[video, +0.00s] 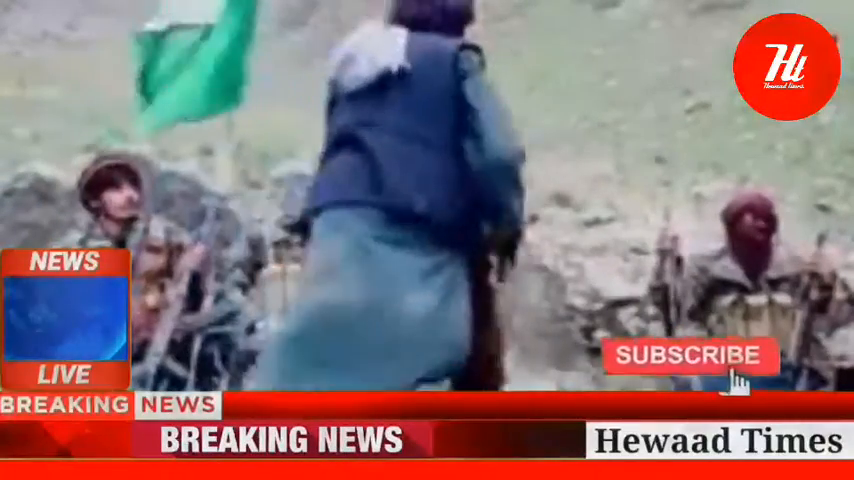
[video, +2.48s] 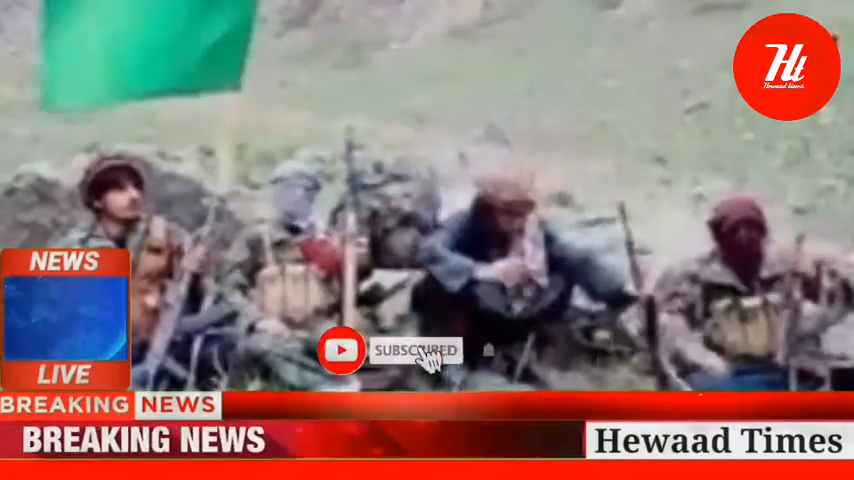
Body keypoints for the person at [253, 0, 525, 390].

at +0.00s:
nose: (465, 33)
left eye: (465, 25)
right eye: (463, 24)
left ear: (399, 17)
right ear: (454, 23)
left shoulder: (354, 58)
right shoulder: (458, 60)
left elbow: (336, 144)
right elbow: (499, 153)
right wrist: (504, 231)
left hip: (341, 219)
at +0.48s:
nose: (572, 52)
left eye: (575, 47)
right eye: (573, 45)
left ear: (524, 21)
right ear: (565, 36)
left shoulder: (472, 48)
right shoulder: (555, 64)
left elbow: (439, 117)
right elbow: (552, 148)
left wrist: (409, 173)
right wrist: (539, 218)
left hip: (437, 175)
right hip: (501, 188)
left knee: (441, 280)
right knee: (503, 291)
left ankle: (442, 390)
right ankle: (499, 398)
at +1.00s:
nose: (604, 107)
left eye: (610, 100)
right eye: (607, 97)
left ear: (582, 78)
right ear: (595, 87)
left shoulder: (567, 110)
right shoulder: (560, 103)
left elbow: (557, 172)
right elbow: (513, 157)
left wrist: (582, 213)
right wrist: (555, 211)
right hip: (484, 216)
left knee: (512, 306)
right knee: (520, 306)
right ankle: (517, 392)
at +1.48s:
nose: (589, 141)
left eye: (591, 132)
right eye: (588, 130)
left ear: (568, 123)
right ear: (567, 120)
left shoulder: (555, 162)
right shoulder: (504, 136)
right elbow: (475, 196)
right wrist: (532, 227)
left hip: (504, 237)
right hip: (459, 231)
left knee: (561, 274)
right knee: (480, 264)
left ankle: (519, 366)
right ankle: (468, 364)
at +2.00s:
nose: (514, 217)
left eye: (519, 210)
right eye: (507, 209)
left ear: (525, 208)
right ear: (487, 206)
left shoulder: (528, 232)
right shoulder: (463, 221)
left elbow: (566, 268)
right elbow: (441, 251)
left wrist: (617, 294)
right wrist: (492, 277)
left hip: (509, 307)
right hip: (463, 303)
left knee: (547, 291)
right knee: (438, 282)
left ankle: (521, 361)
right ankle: (456, 363)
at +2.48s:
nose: (517, 222)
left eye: (523, 214)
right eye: (509, 214)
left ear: (530, 209)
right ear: (489, 208)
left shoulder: (537, 233)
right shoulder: (469, 223)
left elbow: (576, 263)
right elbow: (430, 251)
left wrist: (618, 294)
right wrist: (485, 272)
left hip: (522, 312)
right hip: (477, 308)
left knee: (561, 285)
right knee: (437, 287)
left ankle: (523, 360)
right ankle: (452, 364)